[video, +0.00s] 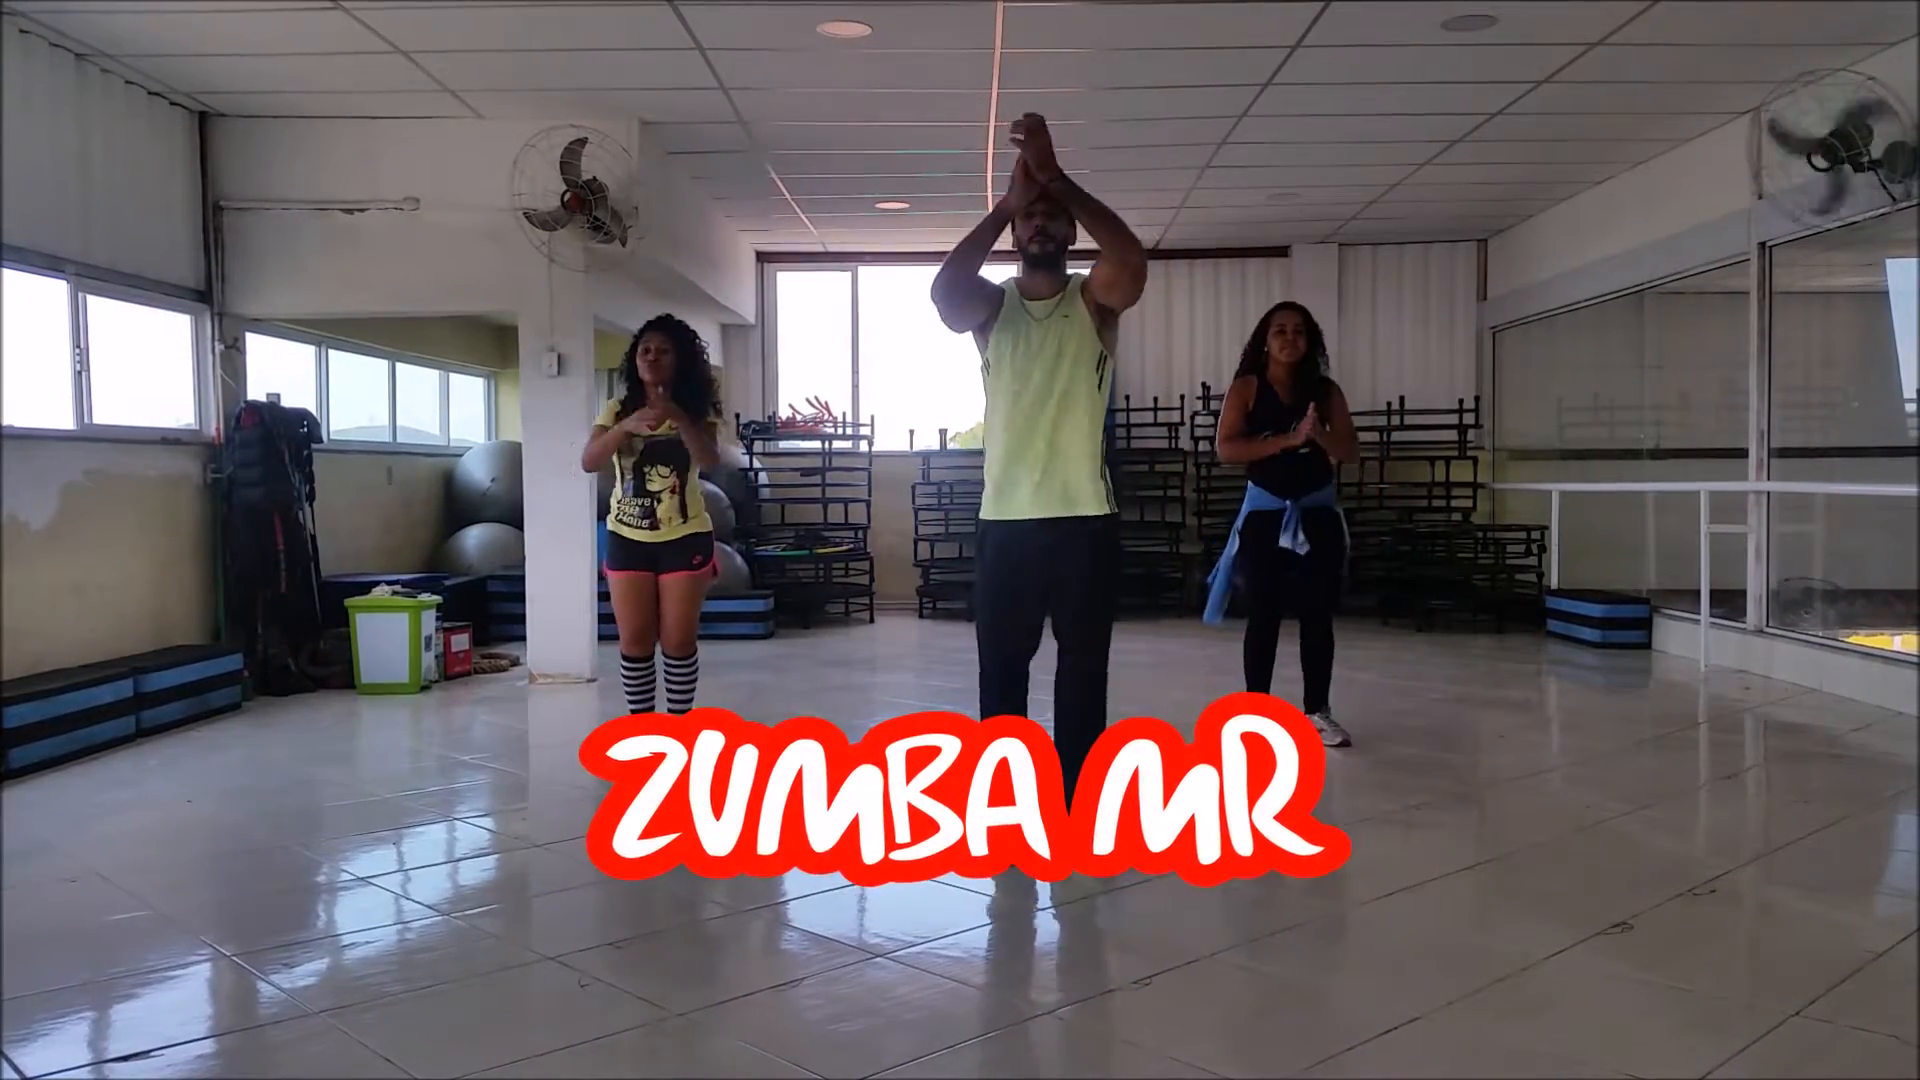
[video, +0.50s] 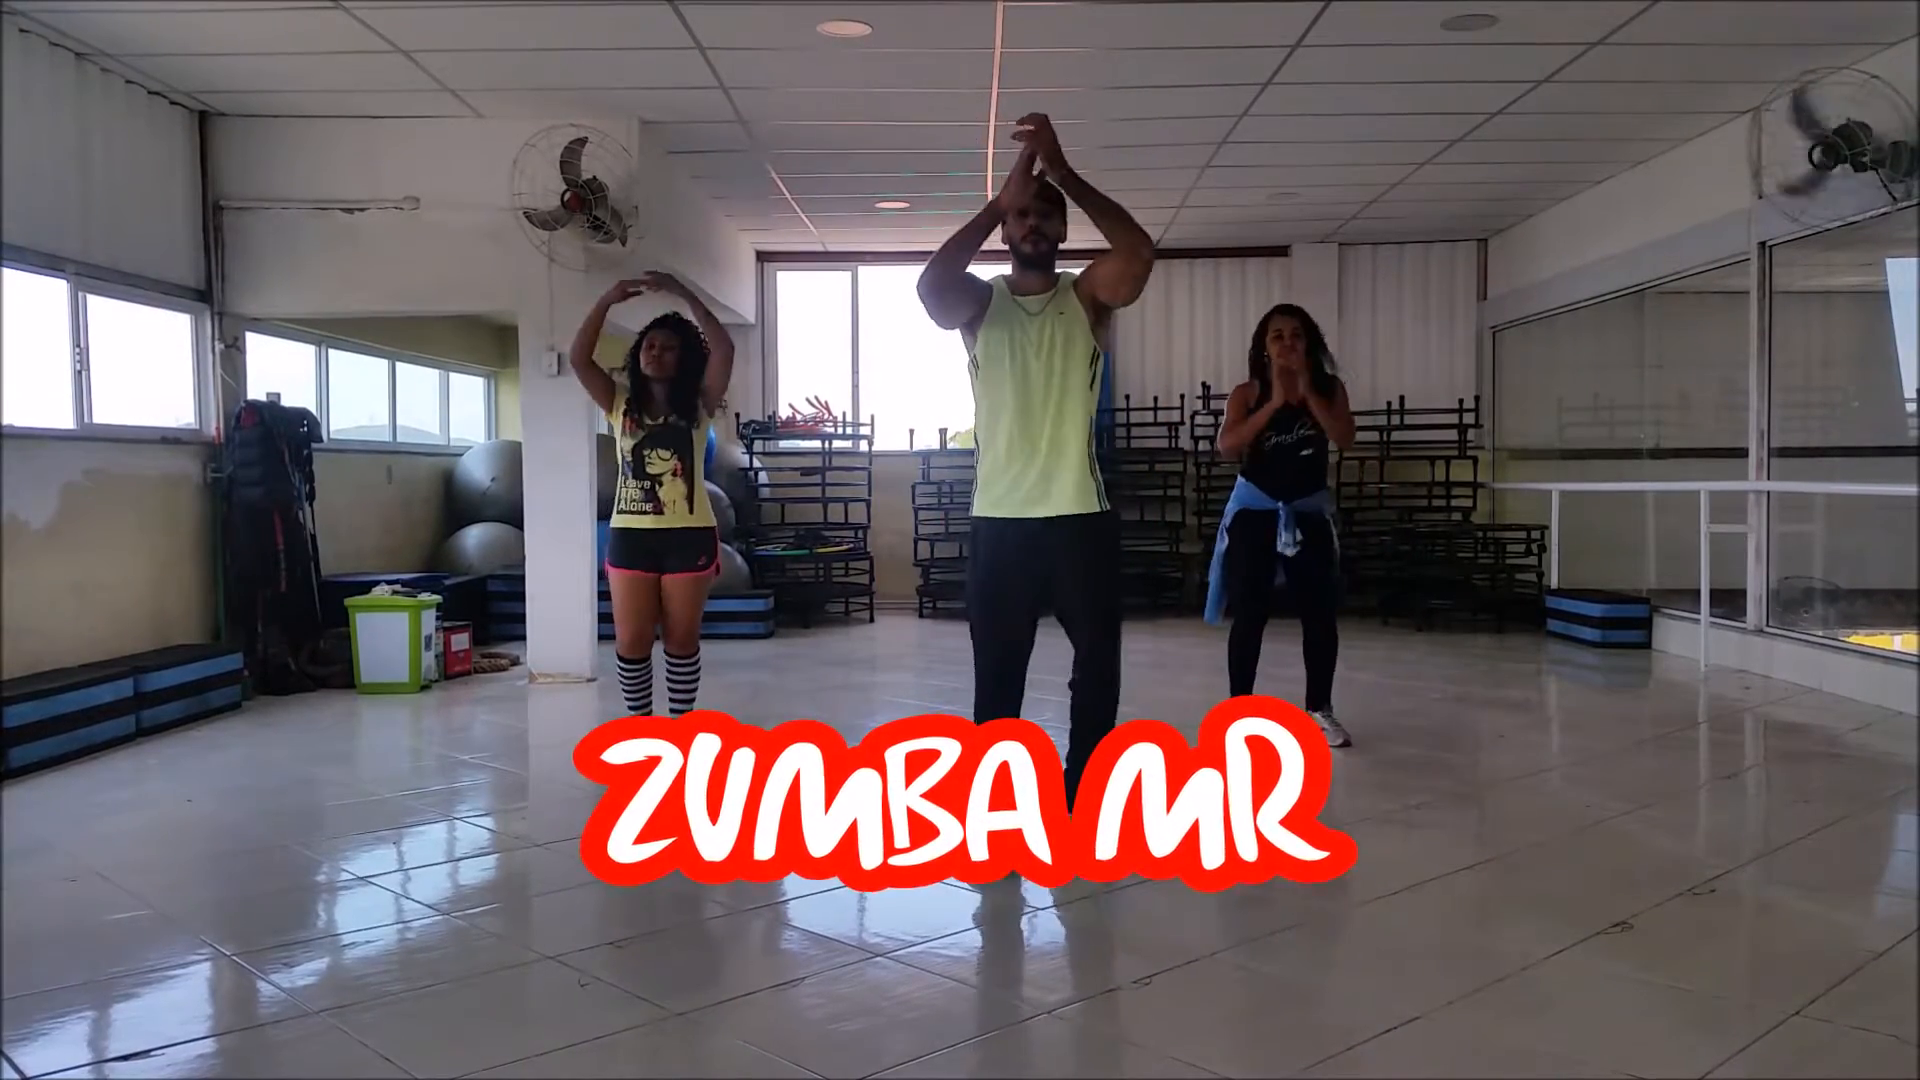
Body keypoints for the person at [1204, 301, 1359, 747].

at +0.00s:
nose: (1290, 339)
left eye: (1299, 332)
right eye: (1281, 331)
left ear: (1311, 341)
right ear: (1265, 339)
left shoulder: (1327, 392)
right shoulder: (1245, 386)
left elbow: (1348, 451)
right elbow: (1226, 450)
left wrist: (1318, 435)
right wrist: (1287, 440)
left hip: (1319, 517)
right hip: (1264, 516)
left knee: (1318, 616)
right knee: (1264, 616)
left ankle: (1317, 712)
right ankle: (1256, 713)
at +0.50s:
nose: (1287, 343)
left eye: (1296, 336)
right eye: (1277, 336)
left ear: (1310, 343)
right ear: (1263, 344)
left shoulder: (1328, 389)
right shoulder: (1246, 392)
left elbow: (1345, 438)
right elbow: (1226, 443)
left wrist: (1308, 390)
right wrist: (1273, 404)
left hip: (1310, 518)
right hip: (1253, 518)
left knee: (1320, 616)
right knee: (1248, 616)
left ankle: (1319, 711)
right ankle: (1239, 712)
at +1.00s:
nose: (1292, 345)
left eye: (1301, 338)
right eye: (1285, 336)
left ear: (1313, 343)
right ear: (1271, 341)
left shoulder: (1327, 382)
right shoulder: (1254, 385)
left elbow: (1370, 379)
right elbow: (1232, 387)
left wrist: (1337, 327)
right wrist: (1268, 348)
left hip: (1323, 515)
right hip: (1269, 516)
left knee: (1325, 614)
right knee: (1260, 615)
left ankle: (1328, 711)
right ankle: (1239, 710)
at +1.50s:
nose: (1286, 340)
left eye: (1295, 334)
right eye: (1278, 334)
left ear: (1310, 342)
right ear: (1265, 342)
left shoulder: (1325, 383)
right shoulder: (1253, 386)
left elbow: (1367, 348)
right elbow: (1225, 359)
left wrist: (1328, 304)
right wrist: (1263, 314)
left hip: (1314, 514)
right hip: (1258, 514)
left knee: (1341, 607)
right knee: (1256, 613)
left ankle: (1336, 700)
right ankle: (1251, 712)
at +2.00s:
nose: (1299, 339)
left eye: (1308, 333)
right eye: (1290, 334)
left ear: (1322, 342)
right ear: (1278, 344)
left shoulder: (1339, 386)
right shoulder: (1264, 389)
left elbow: (1372, 347)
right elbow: (1234, 363)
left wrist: (1336, 301)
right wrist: (1268, 319)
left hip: (1332, 516)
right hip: (1276, 516)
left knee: (1335, 612)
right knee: (1261, 607)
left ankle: (1335, 711)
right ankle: (1250, 702)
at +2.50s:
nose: (1285, 340)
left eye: (1294, 333)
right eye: (1276, 334)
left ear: (1307, 344)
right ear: (1262, 344)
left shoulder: (1318, 387)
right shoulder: (1249, 386)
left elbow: (1362, 365)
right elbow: (1235, 357)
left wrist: (1335, 314)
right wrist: (1260, 312)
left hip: (1308, 513)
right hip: (1254, 514)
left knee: (1344, 600)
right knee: (1252, 613)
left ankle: (1340, 697)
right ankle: (1244, 710)